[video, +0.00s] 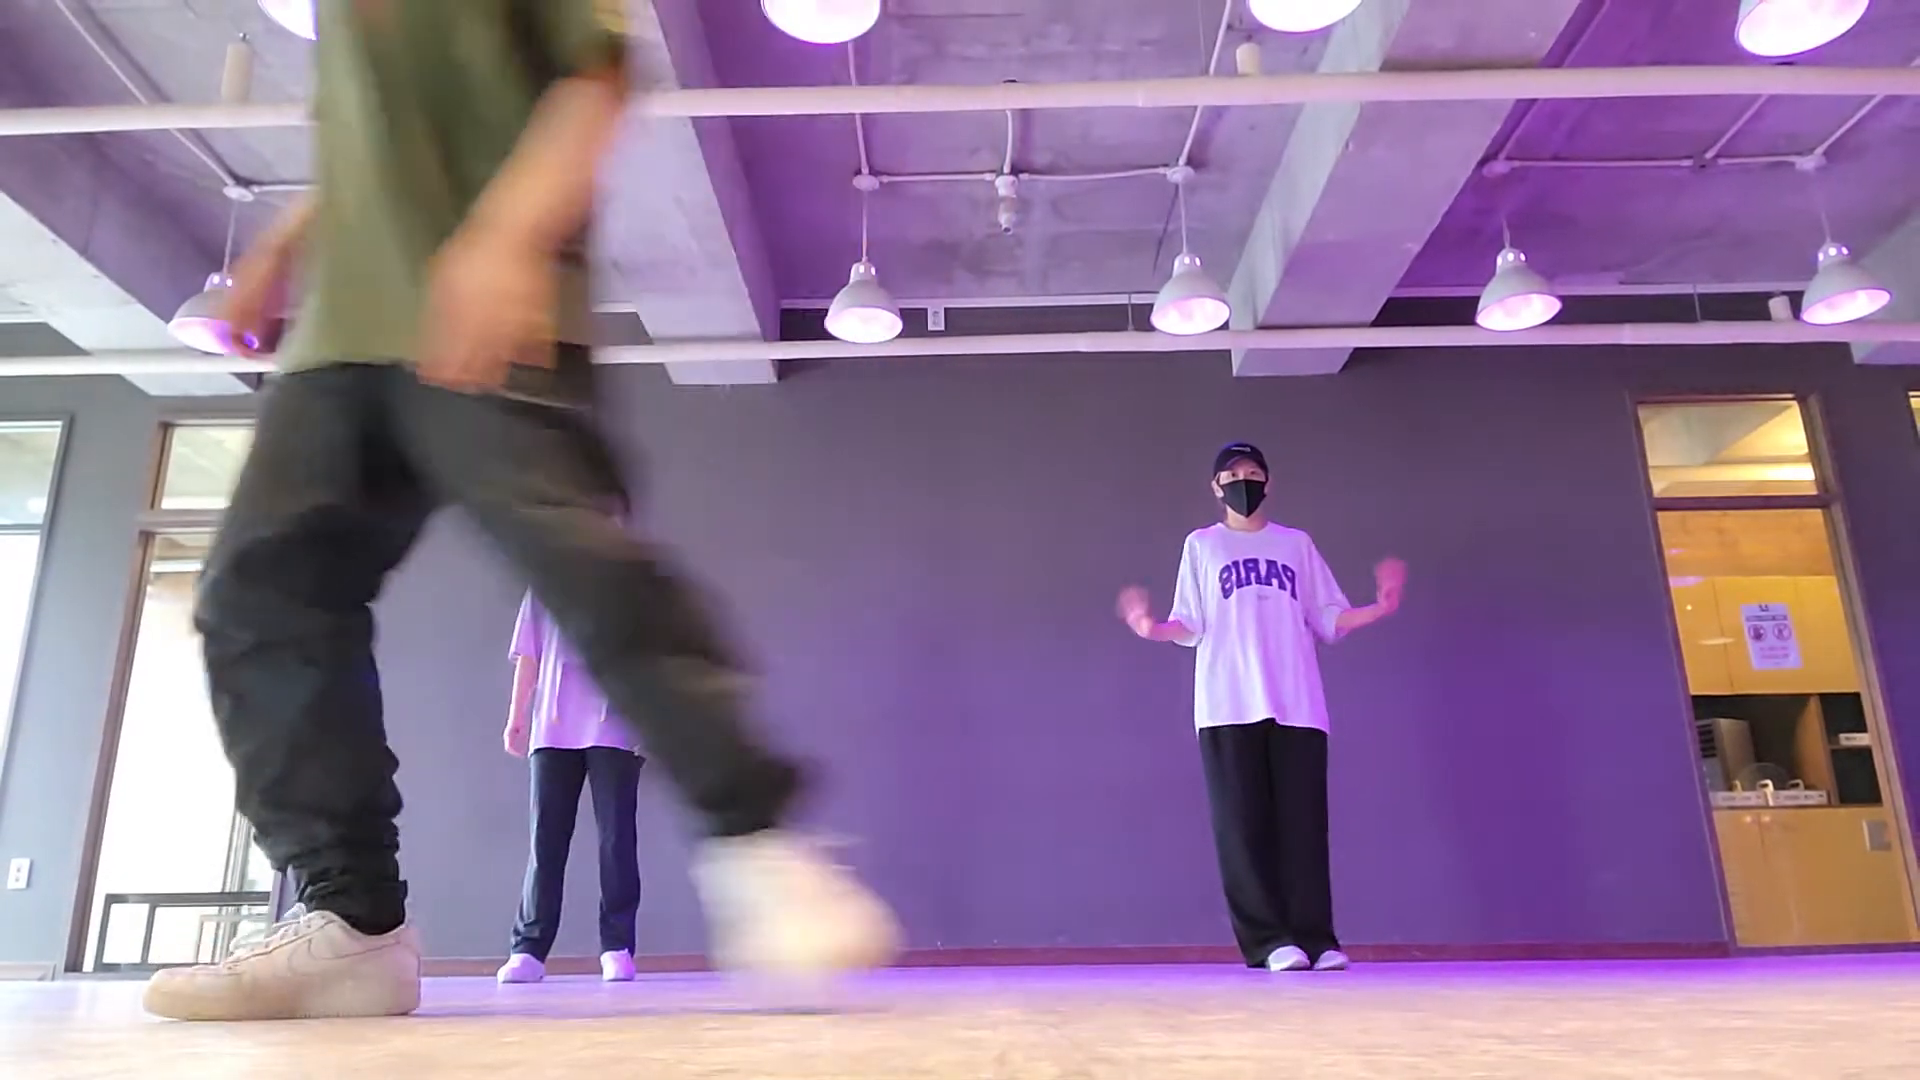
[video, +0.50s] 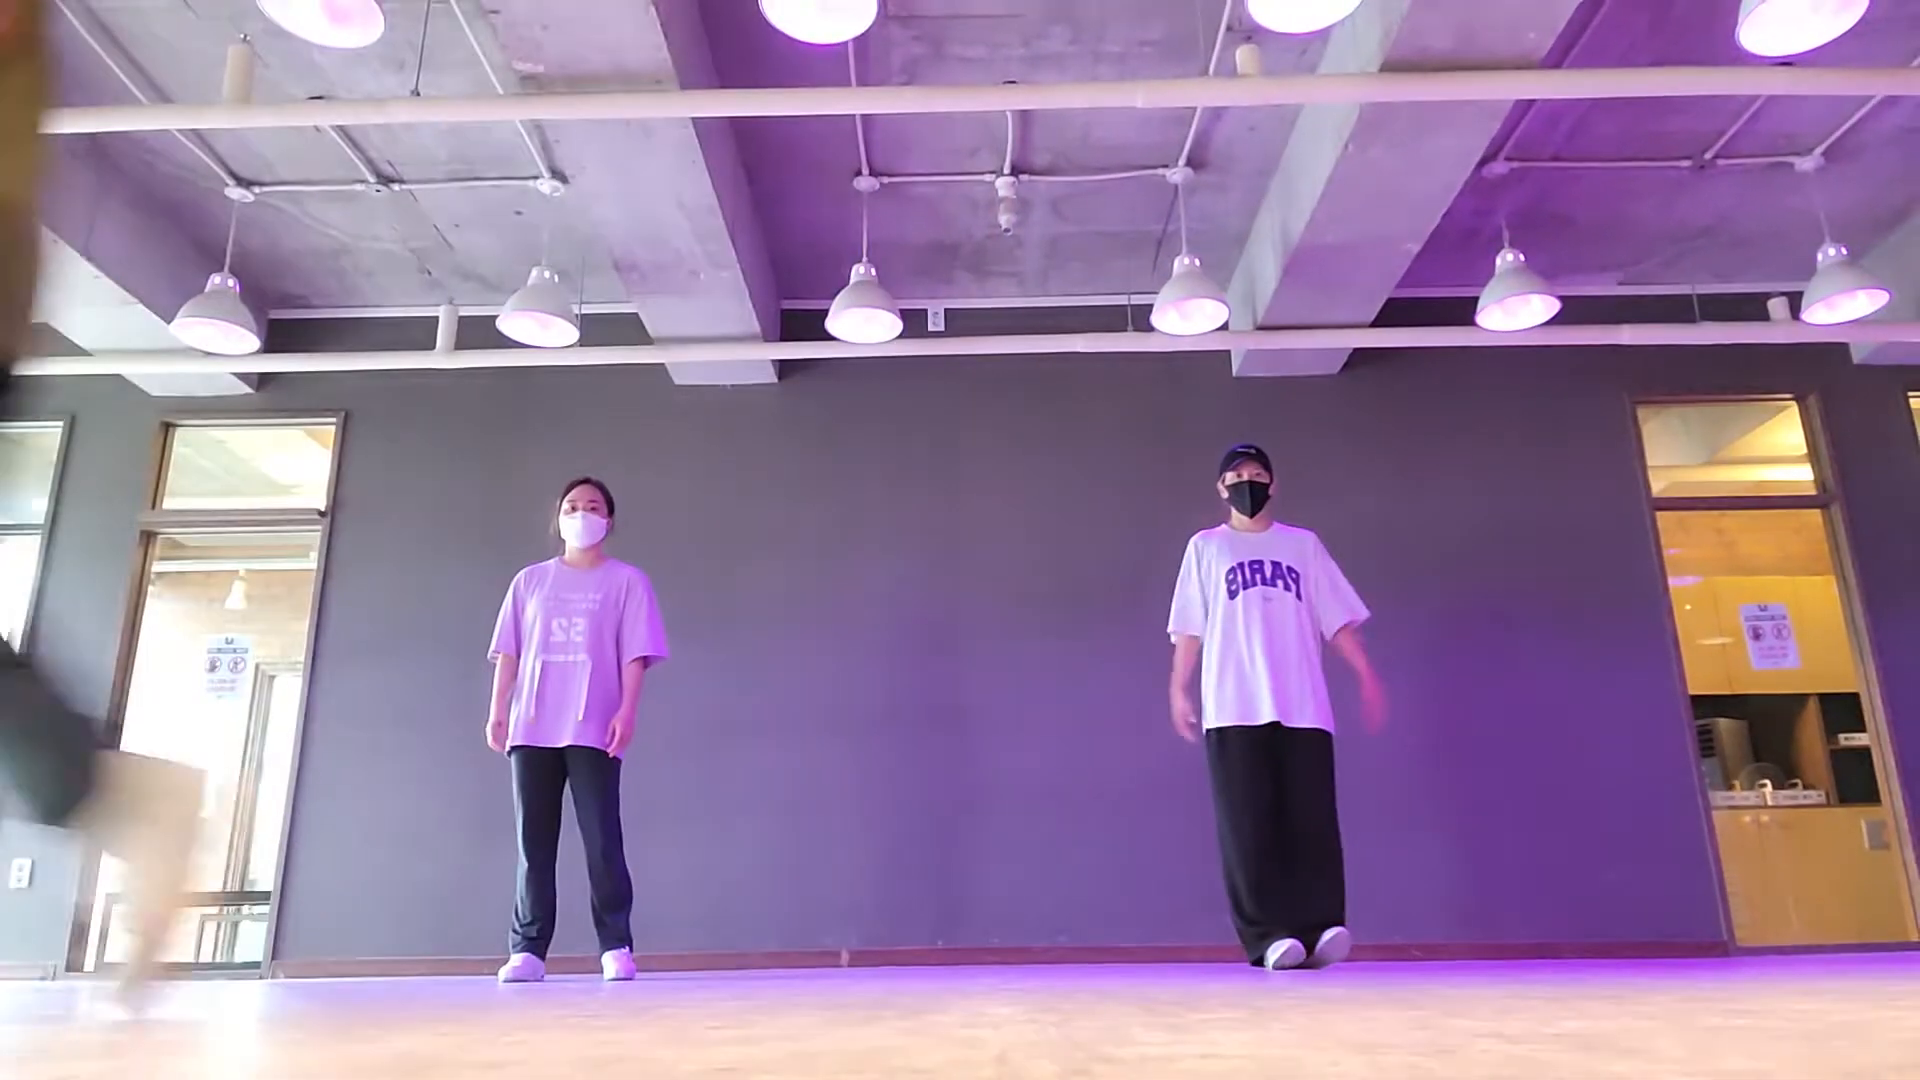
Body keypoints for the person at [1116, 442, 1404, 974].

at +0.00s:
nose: (1244, 483)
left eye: (1252, 474)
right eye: (1233, 475)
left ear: (1267, 483)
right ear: (1217, 486)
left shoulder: (1298, 545)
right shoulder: (1201, 546)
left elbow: (1330, 622)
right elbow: (1191, 627)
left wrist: (1381, 607)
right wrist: (1149, 627)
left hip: (1297, 702)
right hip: (1229, 706)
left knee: (1303, 822)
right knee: (1245, 829)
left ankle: (1318, 941)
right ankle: (1269, 944)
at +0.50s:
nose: (1248, 485)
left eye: (1257, 477)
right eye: (1237, 478)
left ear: (1272, 486)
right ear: (1221, 488)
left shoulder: (1304, 544)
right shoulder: (1204, 548)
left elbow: (1337, 622)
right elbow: (1190, 629)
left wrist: (1367, 675)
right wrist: (1179, 689)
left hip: (1302, 701)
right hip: (1235, 704)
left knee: (1310, 816)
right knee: (1250, 823)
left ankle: (1320, 931)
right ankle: (1269, 940)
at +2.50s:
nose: (1258, 483)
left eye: (1267, 475)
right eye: (1246, 475)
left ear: (1280, 485)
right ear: (1230, 486)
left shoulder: (1309, 547)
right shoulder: (1210, 546)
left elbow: (1333, 627)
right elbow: (1201, 626)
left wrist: (1351, 684)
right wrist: (1206, 688)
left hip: (1309, 704)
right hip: (1244, 706)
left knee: (1317, 823)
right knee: (1256, 829)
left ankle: (1325, 941)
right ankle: (1271, 944)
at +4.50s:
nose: (1259, 480)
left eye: (1268, 472)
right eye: (1248, 472)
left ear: (1281, 483)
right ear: (1231, 485)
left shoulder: (1311, 543)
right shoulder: (1213, 544)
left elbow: (1336, 621)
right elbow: (1205, 624)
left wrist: (1349, 682)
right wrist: (1208, 685)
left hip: (1311, 702)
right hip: (1245, 706)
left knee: (1318, 823)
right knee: (1256, 828)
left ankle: (1326, 941)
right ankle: (1271, 943)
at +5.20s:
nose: (1259, 481)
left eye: (1268, 473)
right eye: (1248, 473)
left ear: (1282, 481)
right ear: (1230, 484)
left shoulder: (1313, 543)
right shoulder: (1211, 543)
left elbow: (1362, 616)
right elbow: (1181, 621)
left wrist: (1420, 658)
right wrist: (1144, 671)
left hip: (1309, 708)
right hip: (1241, 711)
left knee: (1317, 824)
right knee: (1257, 827)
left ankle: (1325, 941)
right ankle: (1273, 944)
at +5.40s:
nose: (1260, 481)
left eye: (1269, 473)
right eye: (1249, 473)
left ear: (1282, 482)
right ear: (1230, 483)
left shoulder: (1313, 539)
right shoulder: (1208, 542)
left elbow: (1360, 588)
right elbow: (1172, 599)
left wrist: (1404, 600)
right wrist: (1154, 604)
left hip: (1313, 705)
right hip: (1244, 708)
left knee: (1320, 825)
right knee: (1262, 829)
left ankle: (1327, 942)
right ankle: (1276, 945)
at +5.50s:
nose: (1260, 478)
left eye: (1269, 470)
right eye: (1249, 470)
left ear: (1281, 479)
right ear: (1231, 481)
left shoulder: (1313, 538)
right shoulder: (1209, 539)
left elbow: (1368, 597)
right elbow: (1172, 610)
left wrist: (1369, 584)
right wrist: (1205, 566)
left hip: (1311, 704)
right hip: (1242, 707)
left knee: (1319, 821)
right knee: (1262, 827)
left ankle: (1328, 942)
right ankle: (1276, 945)